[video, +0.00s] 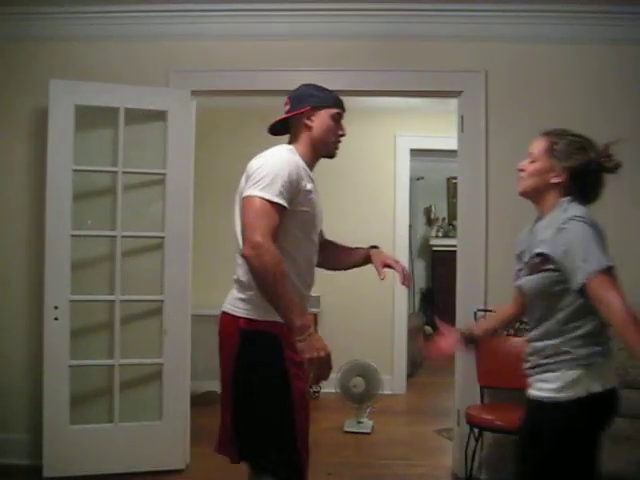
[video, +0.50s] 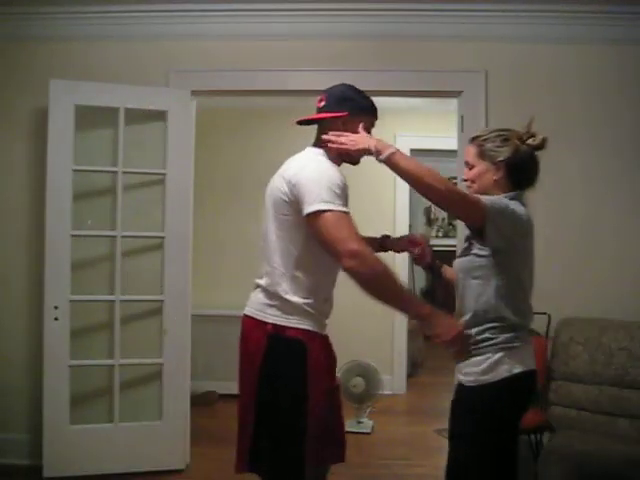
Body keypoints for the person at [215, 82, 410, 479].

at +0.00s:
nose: (343, 130)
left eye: (342, 121)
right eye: (336, 118)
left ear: (309, 122)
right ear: (307, 119)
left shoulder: (300, 175)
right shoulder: (278, 164)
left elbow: (318, 251)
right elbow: (257, 245)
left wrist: (370, 254)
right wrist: (304, 329)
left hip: (280, 333)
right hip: (260, 333)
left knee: (284, 461)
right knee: (275, 464)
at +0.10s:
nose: (350, 129)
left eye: (350, 121)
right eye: (343, 118)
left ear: (318, 122)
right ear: (315, 119)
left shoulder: (308, 176)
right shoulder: (286, 165)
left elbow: (326, 250)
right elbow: (268, 247)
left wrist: (376, 251)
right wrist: (314, 329)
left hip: (288, 331)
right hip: (266, 331)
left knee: (285, 458)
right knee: (275, 462)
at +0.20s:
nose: (358, 130)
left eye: (357, 121)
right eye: (351, 119)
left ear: (325, 123)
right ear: (323, 120)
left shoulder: (312, 174)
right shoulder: (295, 166)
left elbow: (330, 247)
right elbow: (283, 248)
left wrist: (380, 247)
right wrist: (336, 333)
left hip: (292, 334)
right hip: (272, 334)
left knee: (285, 460)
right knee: (275, 463)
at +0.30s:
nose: (363, 133)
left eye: (362, 122)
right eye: (357, 121)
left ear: (327, 123)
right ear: (330, 121)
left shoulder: (315, 173)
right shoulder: (303, 167)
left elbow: (331, 243)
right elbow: (304, 254)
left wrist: (380, 241)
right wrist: (366, 334)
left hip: (290, 331)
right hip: (277, 334)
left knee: (283, 460)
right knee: (275, 463)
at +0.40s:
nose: (366, 138)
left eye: (367, 127)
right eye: (363, 125)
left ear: (327, 122)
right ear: (341, 121)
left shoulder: (314, 169)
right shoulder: (309, 168)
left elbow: (328, 241)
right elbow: (329, 257)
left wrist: (384, 241)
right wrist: (397, 326)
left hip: (292, 332)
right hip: (281, 336)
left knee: (300, 459)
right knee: (284, 464)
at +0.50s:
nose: (369, 143)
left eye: (370, 132)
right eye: (366, 130)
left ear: (329, 126)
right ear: (345, 128)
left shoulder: (315, 168)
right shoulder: (314, 170)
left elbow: (336, 242)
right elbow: (353, 257)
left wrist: (388, 243)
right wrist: (428, 315)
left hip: (295, 330)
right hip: (287, 335)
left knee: (317, 455)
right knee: (295, 461)